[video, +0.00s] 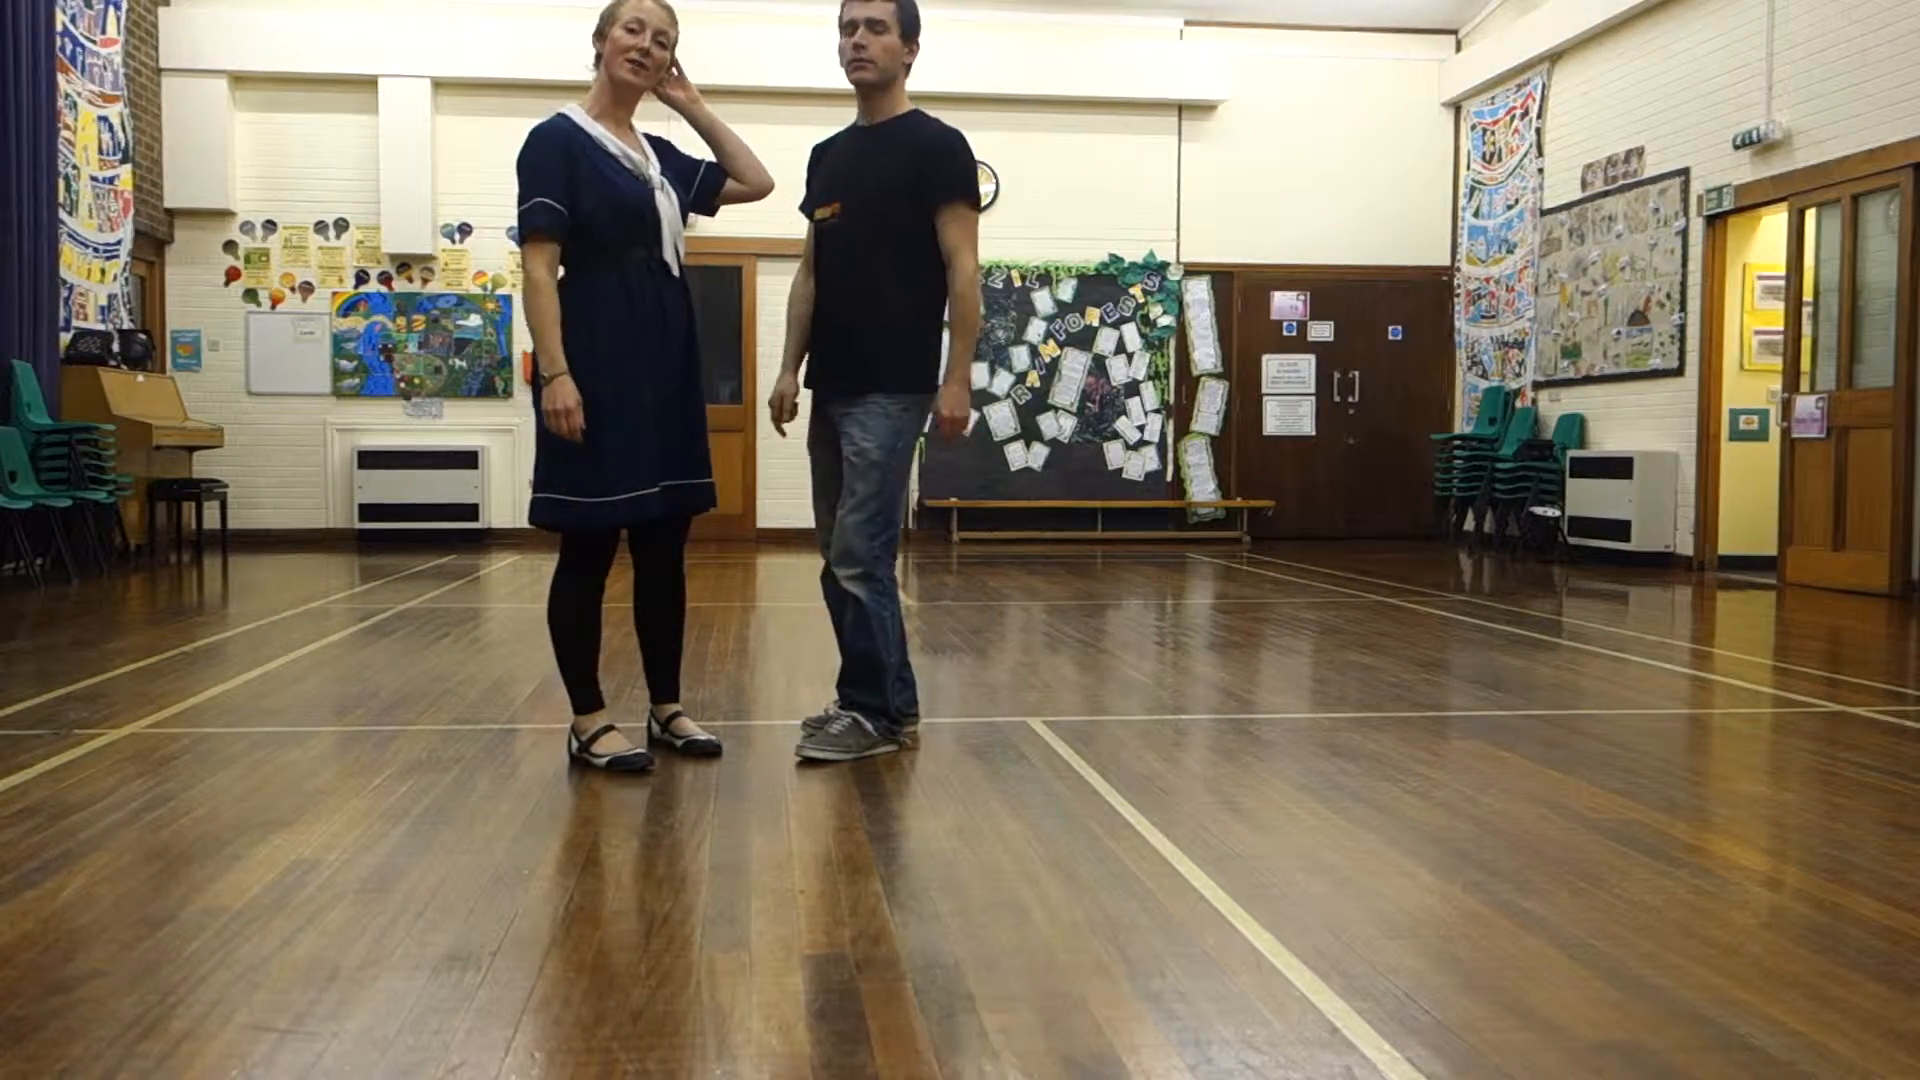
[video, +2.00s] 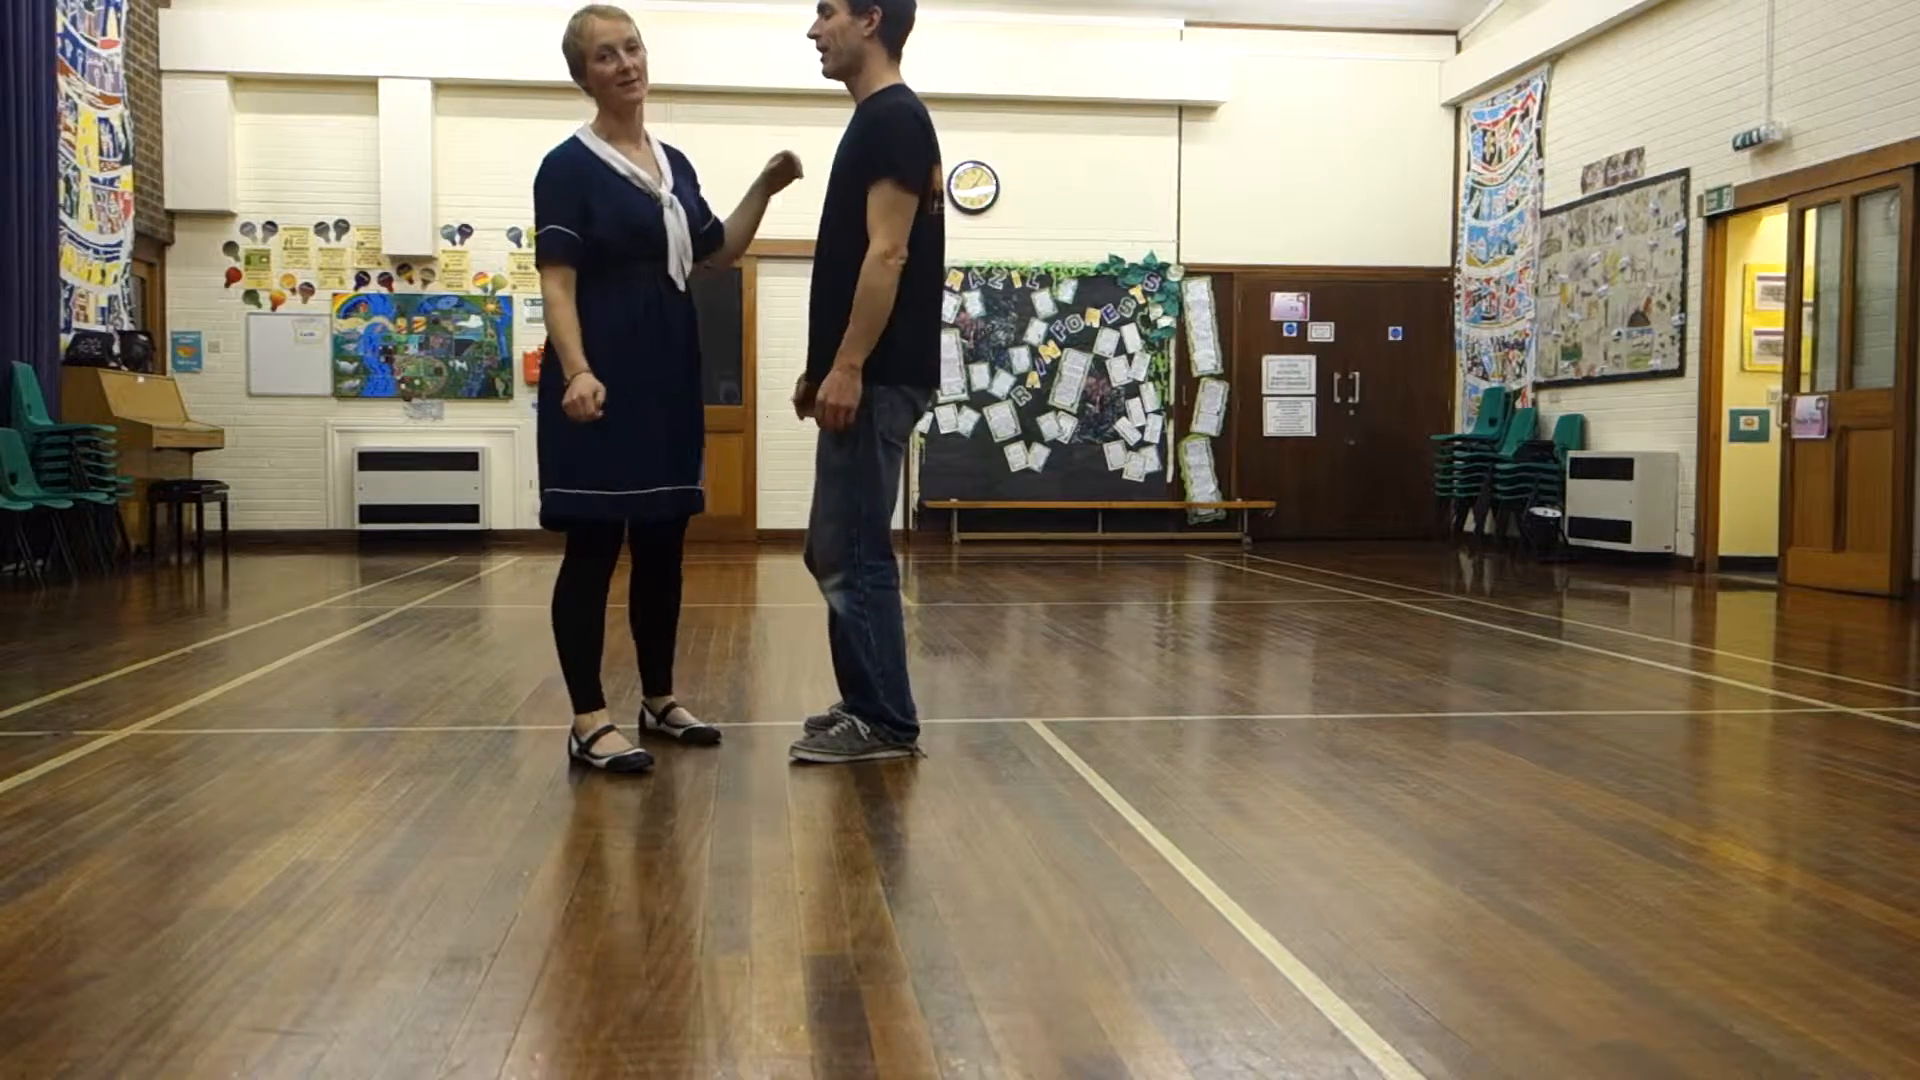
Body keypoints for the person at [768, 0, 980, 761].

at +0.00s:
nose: (856, 40)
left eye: (873, 28)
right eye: (847, 29)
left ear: (910, 47)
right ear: (838, 46)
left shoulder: (940, 145)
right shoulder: (827, 156)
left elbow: (964, 268)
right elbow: (812, 269)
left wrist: (959, 380)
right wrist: (789, 369)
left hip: (895, 384)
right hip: (832, 383)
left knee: (855, 556)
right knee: (847, 557)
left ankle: (868, 712)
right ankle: (890, 706)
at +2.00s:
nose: (813, 30)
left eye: (826, 14)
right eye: (816, 16)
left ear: (871, 23)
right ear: (868, 28)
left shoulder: (896, 117)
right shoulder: (874, 120)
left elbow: (889, 252)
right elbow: (856, 256)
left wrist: (848, 368)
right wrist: (823, 366)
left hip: (882, 374)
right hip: (866, 372)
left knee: (852, 550)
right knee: (837, 548)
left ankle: (886, 720)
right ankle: (866, 707)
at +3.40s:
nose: (819, 33)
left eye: (829, 18)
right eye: (822, 19)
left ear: (868, 22)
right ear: (879, 28)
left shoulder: (884, 107)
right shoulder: (908, 110)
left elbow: (854, 240)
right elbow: (864, 248)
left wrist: (751, 290)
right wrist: (765, 282)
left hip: (888, 367)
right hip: (899, 363)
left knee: (858, 550)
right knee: (865, 547)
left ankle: (882, 719)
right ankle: (875, 710)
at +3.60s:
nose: (830, 31)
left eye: (844, 16)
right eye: (833, 18)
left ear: (889, 26)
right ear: (887, 32)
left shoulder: (897, 110)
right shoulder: (904, 111)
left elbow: (857, 241)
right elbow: (873, 249)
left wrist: (754, 286)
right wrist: (790, 254)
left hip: (890, 370)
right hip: (897, 367)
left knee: (856, 554)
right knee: (871, 549)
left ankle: (881, 717)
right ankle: (914, 710)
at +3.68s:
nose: (835, 33)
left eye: (851, 18)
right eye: (839, 20)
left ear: (899, 29)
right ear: (893, 34)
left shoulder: (906, 114)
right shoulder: (901, 116)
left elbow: (863, 240)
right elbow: (865, 249)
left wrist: (757, 288)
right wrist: (773, 262)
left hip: (893, 371)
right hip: (894, 369)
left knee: (856, 555)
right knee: (874, 550)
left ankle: (881, 718)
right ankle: (914, 713)